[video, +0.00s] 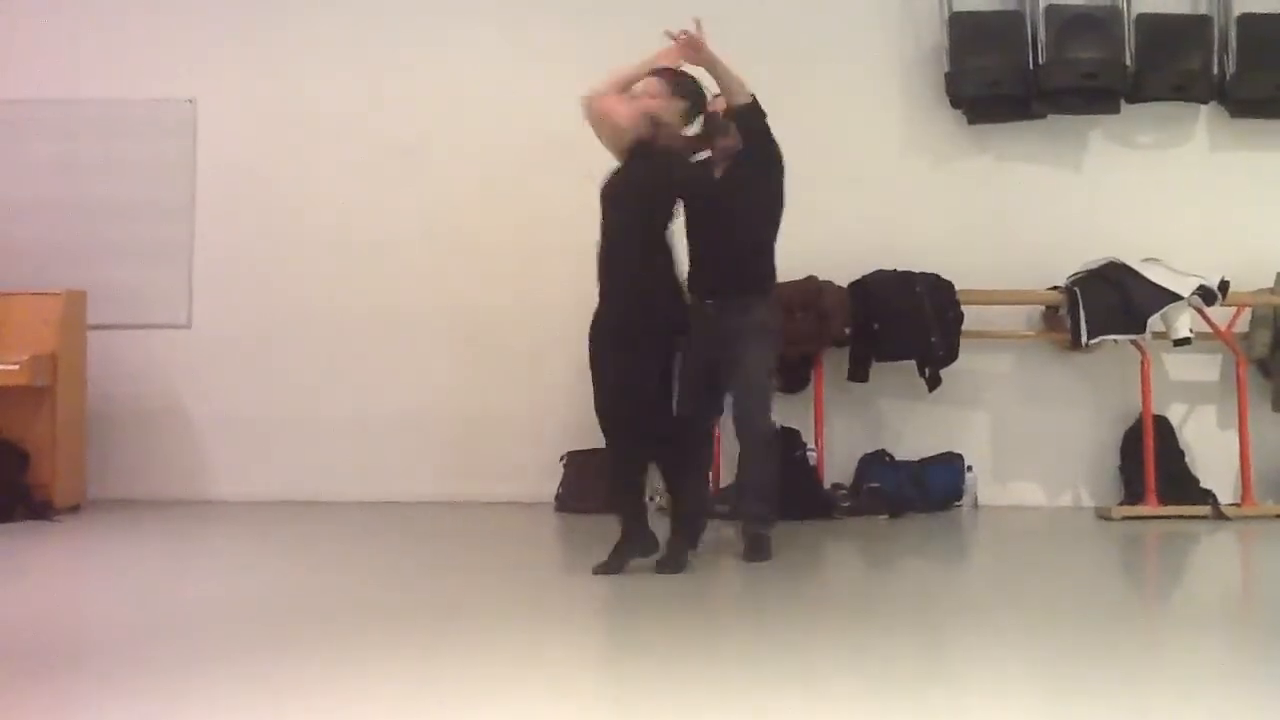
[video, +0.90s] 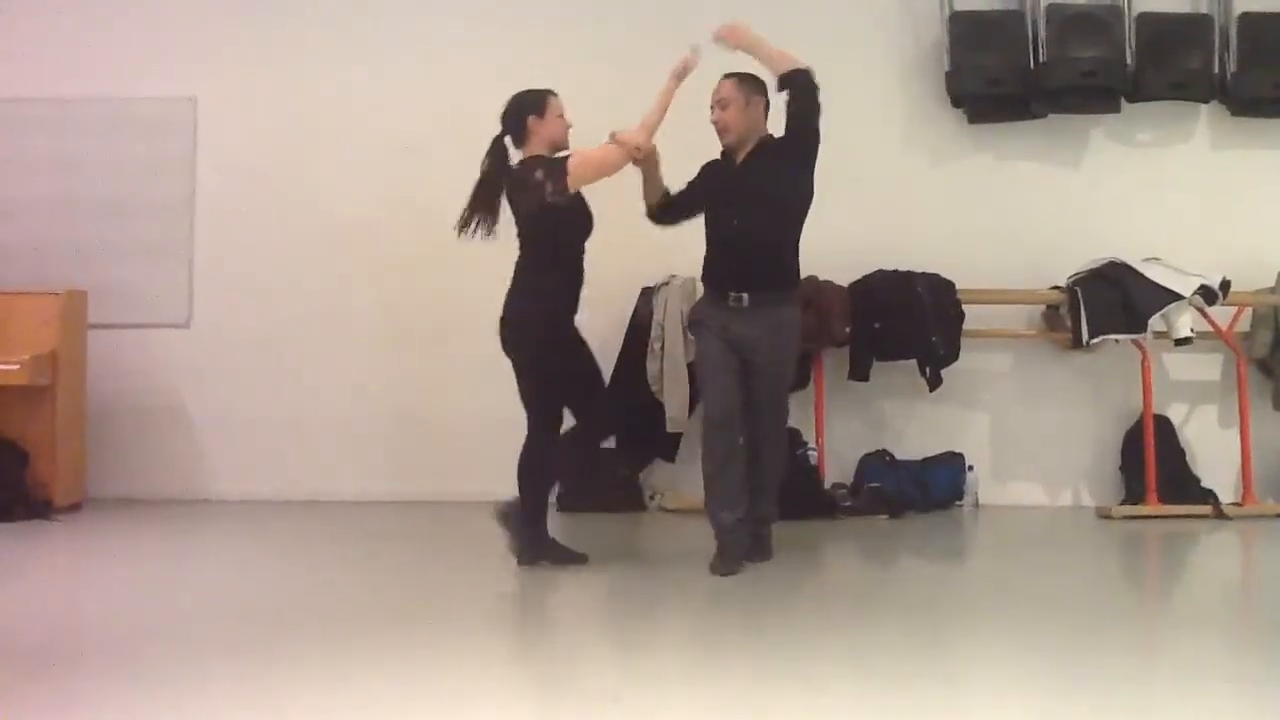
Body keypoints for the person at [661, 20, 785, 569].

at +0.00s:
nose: (715, 136)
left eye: (723, 127)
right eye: (710, 130)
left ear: (742, 128)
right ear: (705, 135)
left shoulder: (765, 164)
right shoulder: (694, 169)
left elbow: (746, 103)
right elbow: (650, 148)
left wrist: (709, 59)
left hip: (753, 310)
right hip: (703, 311)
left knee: (753, 422)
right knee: (692, 422)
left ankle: (757, 527)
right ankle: (686, 528)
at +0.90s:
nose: (714, 116)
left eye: (724, 106)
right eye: (712, 108)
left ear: (758, 109)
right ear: (718, 116)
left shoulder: (792, 157)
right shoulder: (716, 172)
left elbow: (802, 82)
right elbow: (661, 213)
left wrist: (749, 40)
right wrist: (649, 164)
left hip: (773, 315)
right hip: (717, 316)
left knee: (768, 425)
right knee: (720, 424)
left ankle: (760, 527)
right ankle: (729, 537)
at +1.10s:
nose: (711, 116)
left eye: (720, 105)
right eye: (709, 108)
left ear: (756, 105)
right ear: (722, 112)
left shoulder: (801, 157)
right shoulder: (711, 181)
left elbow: (854, 106)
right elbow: (687, 256)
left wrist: (802, 57)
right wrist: (632, 251)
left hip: (782, 317)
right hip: (720, 317)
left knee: (789, 416)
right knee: (718, 424)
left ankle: (783, 514)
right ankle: (731, 536)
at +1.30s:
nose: (725, 117)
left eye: (734, 105)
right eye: (723, 107)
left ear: (770, 104)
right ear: (731, 113)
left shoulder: (817, 155)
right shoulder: (724, 179)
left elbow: (886, 124)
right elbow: (694, 248)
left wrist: (826, 89)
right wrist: (664, 231)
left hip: (803, 316)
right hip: (738, 316)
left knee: (826, 422)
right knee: (728, 426)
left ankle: (862, 528)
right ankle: (734, 537)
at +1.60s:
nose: (739, 122)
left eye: (747, 110)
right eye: (737, 113)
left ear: (784, 109)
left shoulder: (834, 158)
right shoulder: (747, 186)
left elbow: (887, 141)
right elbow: (716, 259)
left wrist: (833, 136)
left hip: (839, 317)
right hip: (777, 320)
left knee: (858, 430)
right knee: (755, 422)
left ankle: (876, 545)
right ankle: (749, 543)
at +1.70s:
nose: (739, 118)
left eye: (748, 108)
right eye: (738, 109)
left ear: (785, 108)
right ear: (761, 111)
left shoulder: (831, 159)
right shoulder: (741, 184)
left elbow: (903, 180)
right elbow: (727, 258)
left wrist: (862, 200)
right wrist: (696, 319)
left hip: (832, 319)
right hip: (770, 324)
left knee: (852, 430)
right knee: (755, 428)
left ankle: (876, 539)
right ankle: (759, 539)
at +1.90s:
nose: (740, 107)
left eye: (749, 97)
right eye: (739, 98)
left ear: (787, 98)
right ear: (770, 101)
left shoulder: (833, 161)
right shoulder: (737, 168)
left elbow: (890, 220)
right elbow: (714, 240)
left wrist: (864, 284)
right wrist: (676, 270)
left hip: (817, 315)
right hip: (752, 316)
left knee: (826, 419)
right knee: (747, 426)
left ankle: (862, 518)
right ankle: (759, 536)